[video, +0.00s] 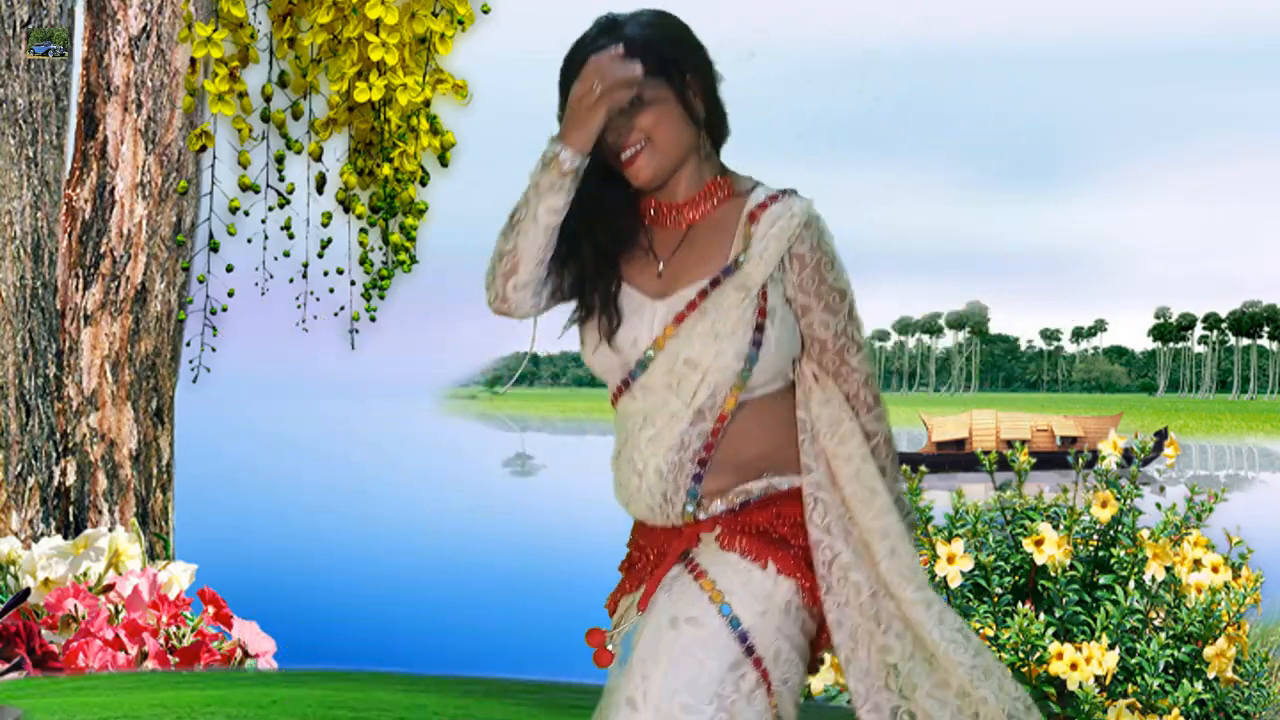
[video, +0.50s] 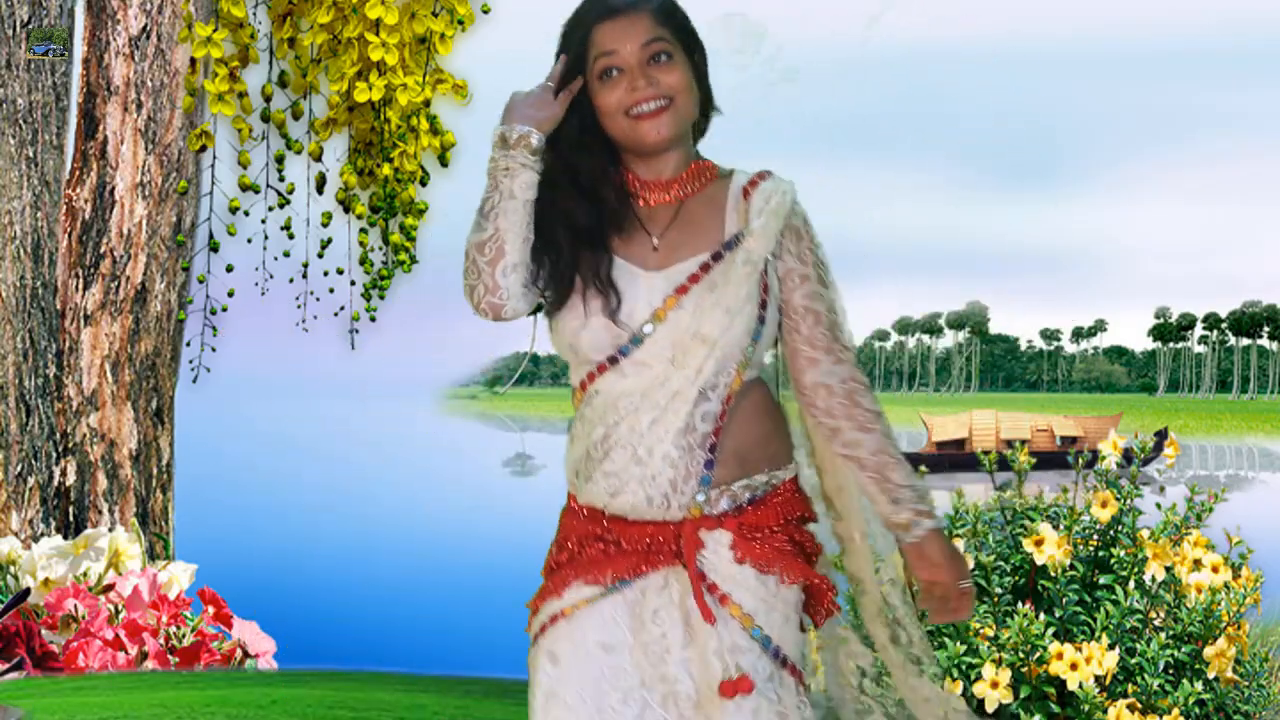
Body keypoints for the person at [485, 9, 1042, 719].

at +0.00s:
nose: (615, 132)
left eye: (633, 103)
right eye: (598, 122)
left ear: (694, 93)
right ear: (590, 141)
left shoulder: (779, 224)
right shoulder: (607, 244)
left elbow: (851, 414)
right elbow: (510, 293)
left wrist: (878, 586)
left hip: (765, 531)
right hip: (659, 541)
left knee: (638, 704)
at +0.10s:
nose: (616, 87)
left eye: (633, 56)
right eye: (597, 75)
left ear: (690, 48)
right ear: (588, 99)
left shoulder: (774, 180)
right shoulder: (602, 199)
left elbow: (848, 353)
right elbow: (520, 244)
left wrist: (923, 482)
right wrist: (575, 89)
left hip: (767, 490)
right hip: (651, 501)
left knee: (737, 698)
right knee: (656, 695)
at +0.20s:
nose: (634, 85)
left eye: (651, 52)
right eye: (609, 73)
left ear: (704, 51)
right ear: (592, 94)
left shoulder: (772, 176)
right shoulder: (584, 188)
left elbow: (862, 331)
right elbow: (526, 222)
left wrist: (963, 441)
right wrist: (573, 69)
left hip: (762, 495)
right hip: (636, 504)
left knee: (738, 695)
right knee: (643, 700)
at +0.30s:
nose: (646, 126)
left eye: (666, 95)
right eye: (618, 111)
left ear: (709, 99)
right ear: (591, 134)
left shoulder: (768, 227)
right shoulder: (573, 238)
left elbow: (877, 367)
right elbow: (525, 257)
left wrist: (998, 461)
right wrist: (570, 105)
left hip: (765, 542)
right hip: (627, 561)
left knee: (740, 711)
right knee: (633, 717)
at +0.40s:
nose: (649, 128)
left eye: (667, 99)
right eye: (616, 118)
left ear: (705, 111)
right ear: (595, 148)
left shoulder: (770, 248)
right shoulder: (576, 255)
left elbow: (862, 402)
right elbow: (507, 297)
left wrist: (983, 518)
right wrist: (544, 142)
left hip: (761, 553)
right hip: (622, 566)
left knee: (748, 703)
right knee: (599, 705)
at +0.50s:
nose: (641, 81)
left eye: (659, 56)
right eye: (611, 69)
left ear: (697, 74)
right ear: (582, 101)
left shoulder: (761, 206)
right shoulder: (567, 218)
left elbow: (830, 380)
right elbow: (495, 295)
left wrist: (918, 530)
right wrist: (519, 139)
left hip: (744, 540)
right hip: (603, 547)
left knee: (745, 708)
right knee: (587, 705)